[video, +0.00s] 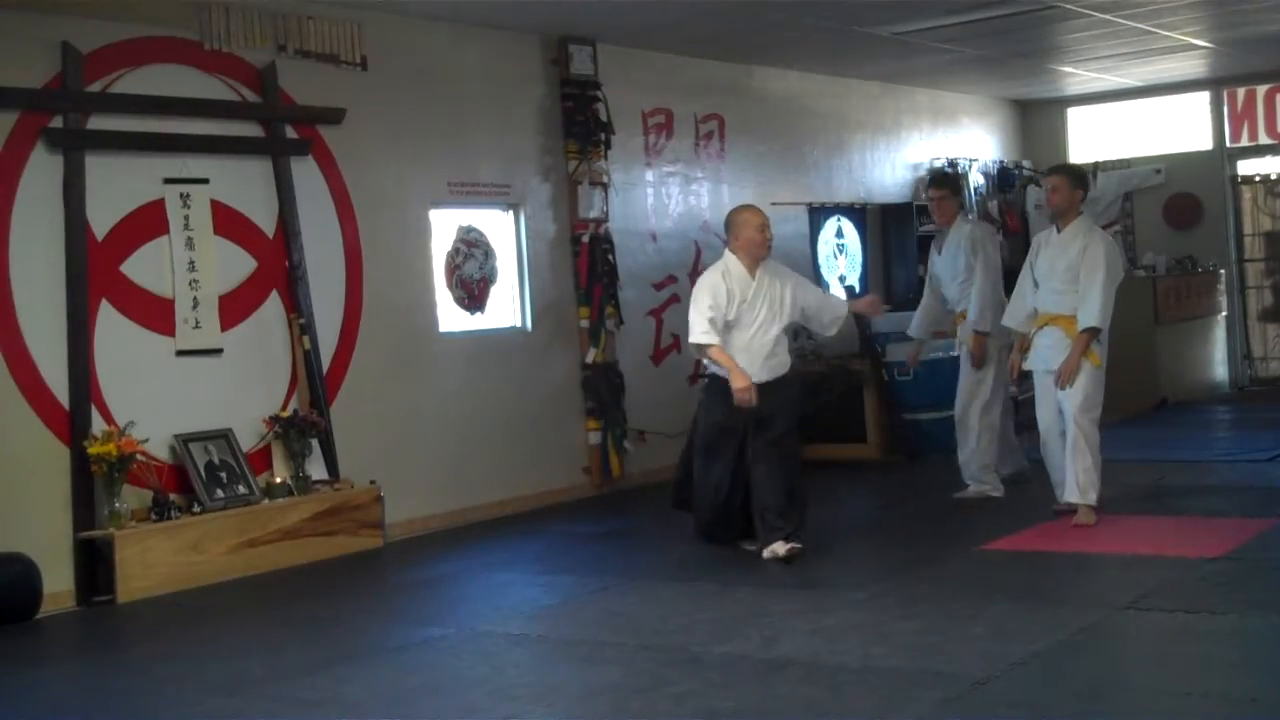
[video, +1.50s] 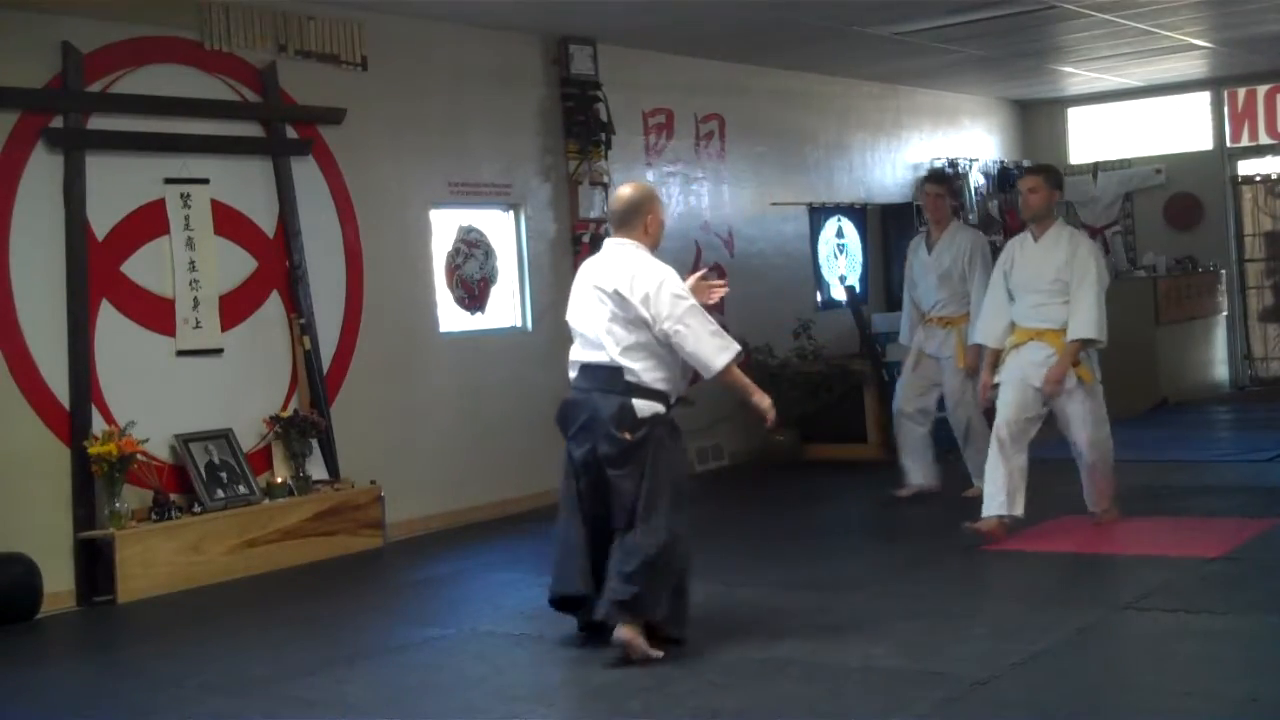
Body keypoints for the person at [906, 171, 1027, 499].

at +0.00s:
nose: (935, 207)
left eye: (942, 200)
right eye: (931, 201)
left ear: (958, 200)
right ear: (928, 204)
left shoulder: (979, 233)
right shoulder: (940, 244)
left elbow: (987, 283)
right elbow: (933, 297)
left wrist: (980, 332)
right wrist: (918, 342)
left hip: (987, 326)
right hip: (968, 326)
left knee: (971, 406)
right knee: (990, 401)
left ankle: (983, 482)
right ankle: (1012, 464)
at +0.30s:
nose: (961, 203)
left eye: (966, 197)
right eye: (955, 198)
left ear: (979, 198)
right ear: (949, 202)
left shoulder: (1002, 232)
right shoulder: (949, 244)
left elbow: (1014, 283)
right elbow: (949, 296)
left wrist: (1011, 329)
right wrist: (959, 341)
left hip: (995, 322)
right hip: (968, 324)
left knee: (985, 398)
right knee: (993, 396)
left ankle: (988, 475)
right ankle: (1014, 463)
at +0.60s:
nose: (966, 201)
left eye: (972, 195)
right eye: (960, 196)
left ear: (984, 198)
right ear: (954, 201)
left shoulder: (1007, 233)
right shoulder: (951, 244)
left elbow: (1023, 285)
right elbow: (948, 295)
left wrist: (1020, 334)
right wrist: (955, 341)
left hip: (998, 323)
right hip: (968, 324)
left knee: (994, 400)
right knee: (983, 402)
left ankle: (991, 476)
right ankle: (1015, 464)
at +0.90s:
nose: (963, 201)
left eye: (969, 195)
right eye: (957, 196)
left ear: (980, 198)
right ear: (950, 200)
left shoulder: (1001, 234)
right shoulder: (945, 244)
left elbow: (1017, 285)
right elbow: (942, 296)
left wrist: (1014, 332)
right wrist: (948, 341)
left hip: (995, 324)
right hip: (965, 326)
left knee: (988, 399)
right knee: (982, 400)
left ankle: (990, 476)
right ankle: (1014, 464)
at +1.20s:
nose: (955, 205)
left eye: (961, 199)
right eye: (949, 200)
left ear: (973, 202)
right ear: (942, 205)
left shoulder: (992, 239)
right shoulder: (937, 248)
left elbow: (1005, 291)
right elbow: (932, 300)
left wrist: (999, 339)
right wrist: (938, 347)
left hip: (984, 329)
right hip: (955, 331)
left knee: (965, 401)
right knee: (973, 404)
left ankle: (988, 478)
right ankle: (1009, 462)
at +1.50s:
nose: (932, 203)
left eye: (939, 197)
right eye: (927, 197)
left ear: (953, 202)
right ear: (921, 203)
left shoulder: (972, 241)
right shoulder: (916, 246)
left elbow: (981, 295)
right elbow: (911, 299)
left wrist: (976, 343)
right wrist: (911, 345)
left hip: (961, 332)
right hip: (927, 332)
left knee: (963, 409)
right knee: (908, 406)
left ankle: (983, 479)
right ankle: (921, 479)